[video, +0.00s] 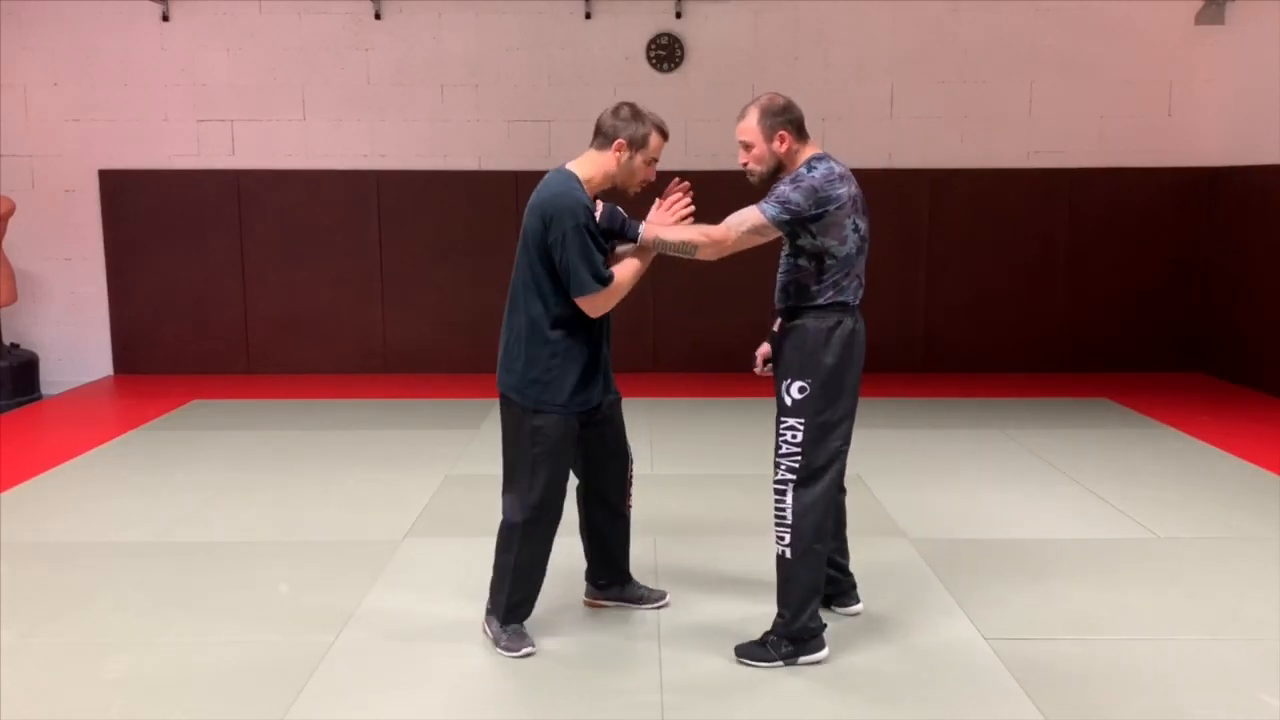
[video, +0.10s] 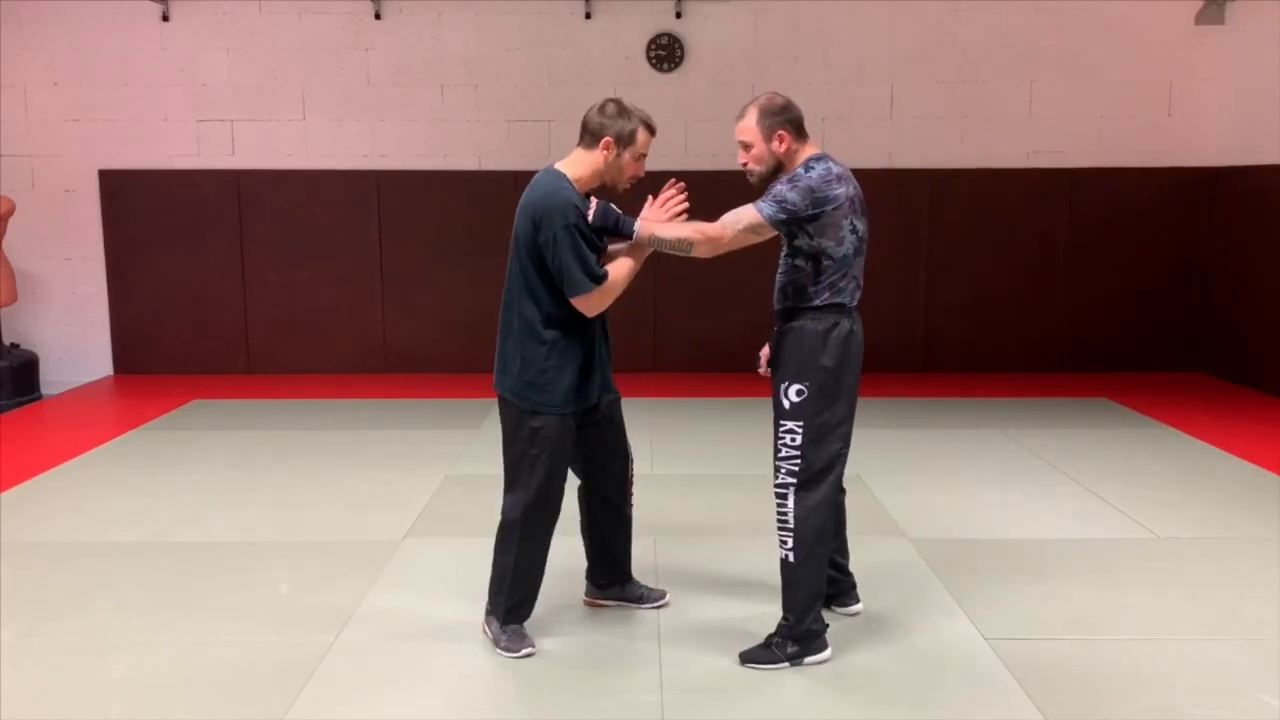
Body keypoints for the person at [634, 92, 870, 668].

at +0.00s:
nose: (742, 159)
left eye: (748, 147)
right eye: (741, 147)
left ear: (784, 141)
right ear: (787, 141)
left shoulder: (814, 184)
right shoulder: (823, 177)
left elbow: (717, 240)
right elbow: (811, 278)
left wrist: (632, 230)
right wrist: (778, 337)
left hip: (818, 336)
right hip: (823, 334)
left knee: (797, 481)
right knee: (819, 472)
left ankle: (797, 633)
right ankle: (834, 582)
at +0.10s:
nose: (741, 159)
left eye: (747, 147)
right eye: (740, 147)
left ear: (783, 141)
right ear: (786, 141)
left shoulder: (813, 185)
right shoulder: (825, 177)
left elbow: (714, 237)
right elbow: (815, 278)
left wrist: (629, 230)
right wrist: (783, 338)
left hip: (815, 338)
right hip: (822, 335)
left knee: (797, 483)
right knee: (818, 473)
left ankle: (801, 632)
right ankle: (834, 582)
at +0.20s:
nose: (741, 158)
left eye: (746, 146)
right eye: (739, 147)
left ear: (781, 140)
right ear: (784, 139)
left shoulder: (810, 185)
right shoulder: (825, 176)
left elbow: (709, 235)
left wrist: (620, 223)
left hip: (813, 339)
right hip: (820, 335)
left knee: (795, 482)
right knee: (817, 472)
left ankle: (801, 632)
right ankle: (834, 581)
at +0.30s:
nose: (737, 155)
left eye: (744, 144)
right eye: (736, 143)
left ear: (779, 138)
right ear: (783, 138)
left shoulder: (807, 185)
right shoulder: (825, 177)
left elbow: (704, 238)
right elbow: (717, 235)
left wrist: (611, 221)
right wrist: (633, 232)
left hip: (812, 341)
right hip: (823, 336)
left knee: (793, 483)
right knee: (818, 472)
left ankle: (801, 632)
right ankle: (835, 584)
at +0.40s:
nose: (735, 155)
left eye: (742, 144)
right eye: (734, 144)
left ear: (778, 138)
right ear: (783, 139)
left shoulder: (804, 187)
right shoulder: (828, 176)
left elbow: (701, 242)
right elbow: (719, 238)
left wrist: (609, 222)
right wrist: (638, 237)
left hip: (809, 343)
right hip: (826, 338)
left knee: (791, 484)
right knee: (819, 472)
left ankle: (800, 633)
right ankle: (835, 583)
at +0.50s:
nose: (734, 154)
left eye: (742, 143)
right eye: (733, 142)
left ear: (777, 139)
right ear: (782, 139)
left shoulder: (804, 187)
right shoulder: (826, 177)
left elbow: (701, 241)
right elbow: (719, 239)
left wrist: (610, 225)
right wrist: (643, 241)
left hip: (808, 344)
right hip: (823, 339)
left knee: (789, 485)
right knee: (817, 474)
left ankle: (800, 634)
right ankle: (835, 584)